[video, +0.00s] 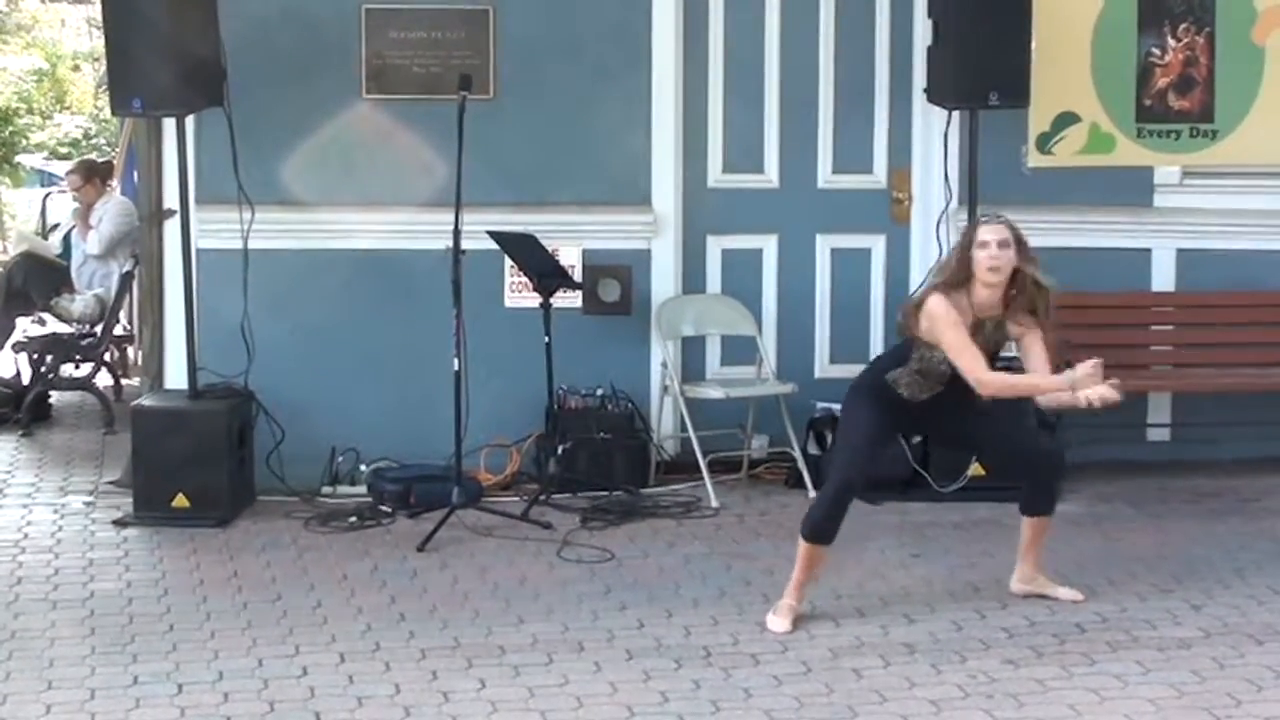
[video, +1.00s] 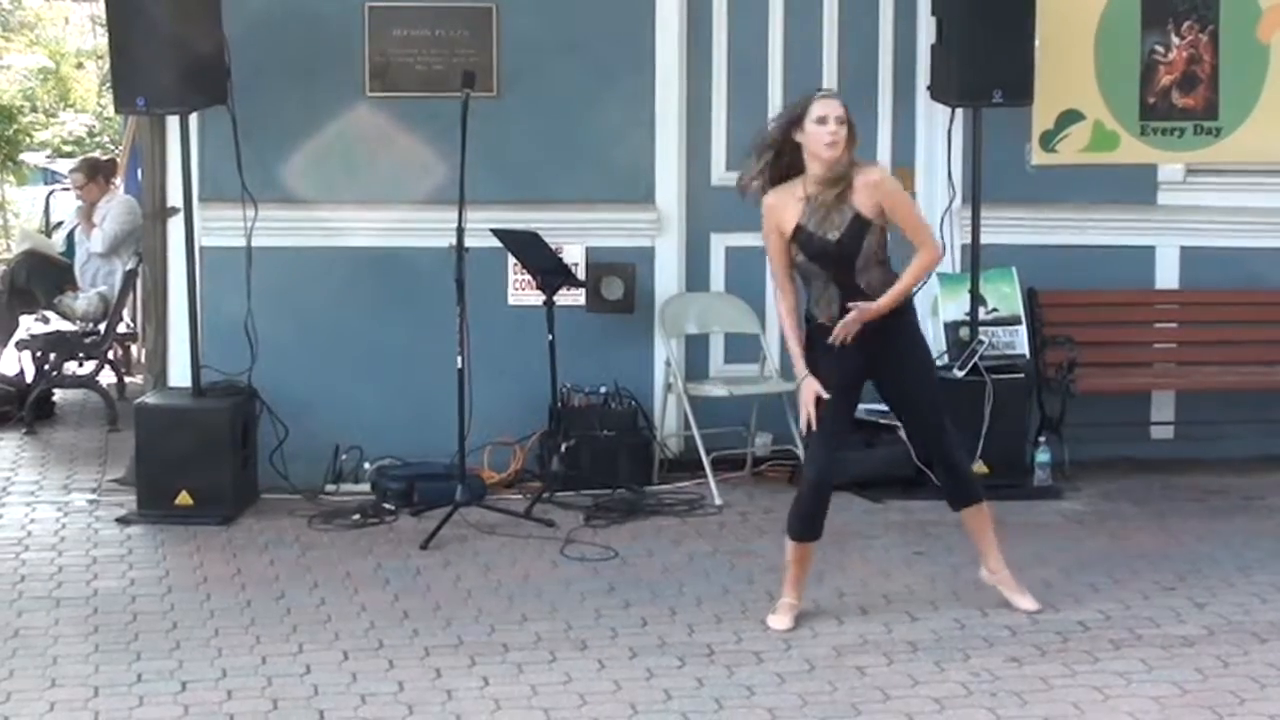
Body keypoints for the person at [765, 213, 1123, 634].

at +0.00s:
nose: (993, 254)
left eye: (1004, 246)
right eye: (983, 246)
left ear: (1019, 259)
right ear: (967, 257)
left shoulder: (1022, 317)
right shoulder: (939, 304)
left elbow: (1042, 392)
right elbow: (986, 383)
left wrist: (1081, 396)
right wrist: (1067, 381)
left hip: (954, 396)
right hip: (888, 392)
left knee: (1044, 457)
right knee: (844, 477)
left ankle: (1028, 573)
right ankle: (793, 596)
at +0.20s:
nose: (882, 245)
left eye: (895, 237)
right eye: (881, 237)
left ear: (926, 250)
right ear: (877, 247)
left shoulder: (959, 306)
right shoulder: (859, 297)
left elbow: (945, 386)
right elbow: (851, 386)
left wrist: (919, 432)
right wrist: (885, 417)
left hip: (933, 403)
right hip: (858, 399)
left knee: (1020, 461)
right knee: (816, 475)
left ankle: (1026, 576)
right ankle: (787, 596)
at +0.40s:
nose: (797, 223)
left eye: (810, 215)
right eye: (800, 213)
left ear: (842, 230)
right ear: (820, 228)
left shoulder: (878, 292)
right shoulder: (797, 277)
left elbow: (838, 376)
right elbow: (774, 357)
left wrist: (776, 432)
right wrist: (741, 420)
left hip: (904, 384)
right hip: (838, 382)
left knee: (996, 470)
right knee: (800, 470)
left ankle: (1027, 576)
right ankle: (787, 596)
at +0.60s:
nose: (757, 198)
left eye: (768, 190)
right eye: (758, 189)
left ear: (801, 202)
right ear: (773, 202)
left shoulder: (829, 260)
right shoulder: (768, 255)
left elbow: (792, 351)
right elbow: (758, 342)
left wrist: (722, 395)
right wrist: (727, 419)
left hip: (888, 362)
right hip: (824, 366)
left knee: (960, 461)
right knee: (792, 477)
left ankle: (1036, 560)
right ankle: (788, 596)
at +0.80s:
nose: (764, 166)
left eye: (777, 158)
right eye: (760, 158)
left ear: (805, 169)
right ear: (756, 169)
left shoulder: (833, 223)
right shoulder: (755, 232)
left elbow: (842, 319)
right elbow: (767, 320)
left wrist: (776, 355)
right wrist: (766, 405)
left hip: (880, 344)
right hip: (820, 353)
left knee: (950, 452)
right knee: (796, 473)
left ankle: (1019, 563)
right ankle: (789, 594)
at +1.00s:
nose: (834, 132)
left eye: (841, 124)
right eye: (822, 123)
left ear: (850, 135)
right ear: (798, 134)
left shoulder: (874, 184)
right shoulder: (779, 204)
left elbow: (930, 250)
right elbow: (783, 290)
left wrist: (881, 306)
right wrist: (802, 370)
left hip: (892, 334)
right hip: (830, 344)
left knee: (941, 447)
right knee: (818, 467)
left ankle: (996, 568)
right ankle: (790, 595)